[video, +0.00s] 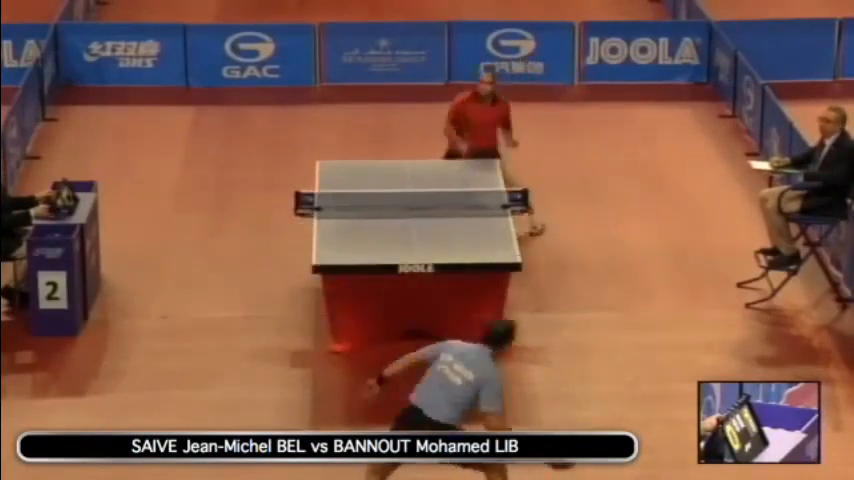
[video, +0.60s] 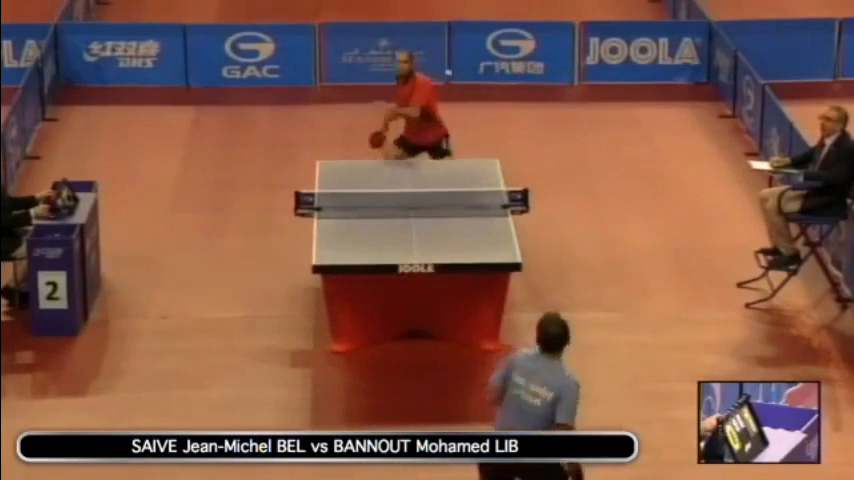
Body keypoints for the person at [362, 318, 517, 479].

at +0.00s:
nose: (511, 350)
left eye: (510, 344)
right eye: (511, 345)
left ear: (486, 335)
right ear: (505, 347)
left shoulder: (453, 346)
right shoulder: (490, 373)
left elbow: (412, 358)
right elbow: (493, 422)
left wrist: (381, 378)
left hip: (411, 417)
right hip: (442, 430)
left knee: (379, 469)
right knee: (495, 467)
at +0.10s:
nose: (537, 359)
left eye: (538, 353)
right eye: (536, 353)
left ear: (513, 345)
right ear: (524, 352)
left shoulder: (480, 349)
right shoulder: (510, 381)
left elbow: (438, 353)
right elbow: (518, 426)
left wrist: (414, 365)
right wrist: (550, 430)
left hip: (426, 420)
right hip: (454, 435)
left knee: (397, 471)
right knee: (510, 472)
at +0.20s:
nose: (555, 369)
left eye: (557, 363)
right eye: (553, 362)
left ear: (535, 352)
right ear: (538, 356)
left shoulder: (505, 352)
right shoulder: (530, 385)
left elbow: (464, 355)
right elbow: (551, 426)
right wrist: (585, 411)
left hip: (442, 420)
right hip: (466, 437)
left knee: (427, 474)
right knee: (519, 476)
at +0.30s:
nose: (560, 351)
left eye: (560, 346)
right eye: (559, 347)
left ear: (532, 340)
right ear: (553, 352)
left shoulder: (513, 348)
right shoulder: (536, 383)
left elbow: (485, 355)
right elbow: (552, 425)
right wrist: (586, 411)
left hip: (452, 420)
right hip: (477, 438)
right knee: (520, 475)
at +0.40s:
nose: (556, 340)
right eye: (555, 337)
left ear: (527, 334)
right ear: (552, 345)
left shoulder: (511, 346)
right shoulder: (537, 376)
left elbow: (489, 357)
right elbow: (545, 427)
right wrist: (582, 425)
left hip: (462, 423)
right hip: (489, 439)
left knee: (481, 475)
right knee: (540, 476)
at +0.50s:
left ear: (529, 335)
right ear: (556, 343)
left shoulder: (515, 349)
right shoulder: (550, 384)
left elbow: (488, 375)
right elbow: (549, 434)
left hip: (484, 433)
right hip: (517, 443)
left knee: (482, 475)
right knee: (559, 476)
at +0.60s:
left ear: (537, 338)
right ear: (566, 343)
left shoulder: (516, 360)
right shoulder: (567, 384)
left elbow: (493, 393)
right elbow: (563, 432)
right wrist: (572, 464)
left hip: (501, 449)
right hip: (538, 456)